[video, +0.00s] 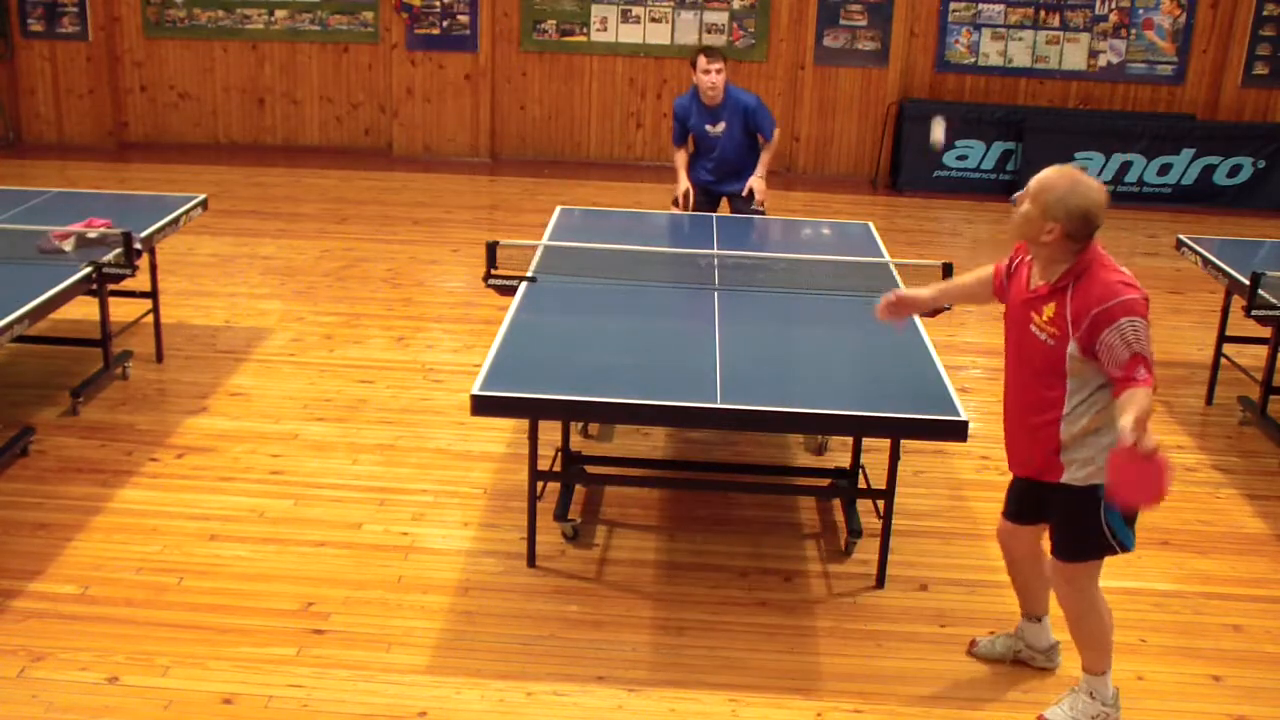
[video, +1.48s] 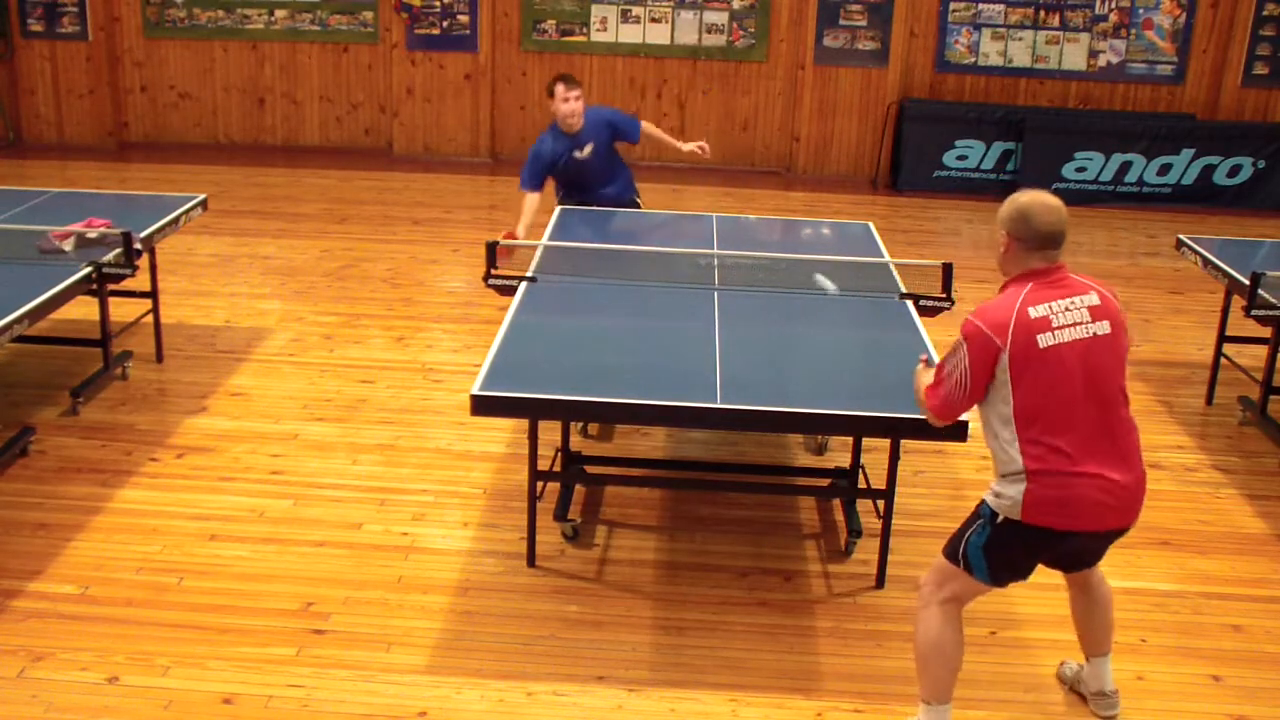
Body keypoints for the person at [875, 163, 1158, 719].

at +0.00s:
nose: (1015, 201)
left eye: (1025, 199)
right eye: (1022, 194)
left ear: (1050, 231)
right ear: (1051, 229)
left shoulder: (1111, 296)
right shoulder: (1027, 261)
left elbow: (1137, 380)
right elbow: (988, 282)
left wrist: (1131, 421)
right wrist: (927, 298)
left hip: (1088, 465)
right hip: (1038, 453)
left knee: (1075, 576)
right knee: (1016, 535)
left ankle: (1099, 692)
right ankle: (1035, 636)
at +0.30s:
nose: (947, 253)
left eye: (949, 244)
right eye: (947, 243)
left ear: (974, 249)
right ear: (993, 237)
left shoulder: (1041, 288)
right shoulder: (1019, 275)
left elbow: (1056, 380)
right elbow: (1022, 360)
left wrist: (978, 360)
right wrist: (976, 365)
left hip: (1068, 478)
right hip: (1033, 462)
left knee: (989, 599)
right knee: (977, 552)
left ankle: (1073, 688)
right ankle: (1012, 672)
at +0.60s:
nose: (945, 242)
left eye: (945, 232)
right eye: (944, 232)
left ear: (961, 235)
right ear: (1011, 227)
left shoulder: (989, 290)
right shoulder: (1057, 277)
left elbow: (974, 383)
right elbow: (1091, 352)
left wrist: (907, 372)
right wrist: (1016, 364)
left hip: (1016, 490)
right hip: (1074, 481)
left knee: (943, 619)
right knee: (1003, 569)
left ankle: (946, 714)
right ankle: (1015, 673)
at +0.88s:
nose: (953, 221)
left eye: (956, 213)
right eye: (954, 211)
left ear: (971, 222)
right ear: (1025, 219)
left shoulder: (978, 292)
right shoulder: (1077, 277)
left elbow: (950, 390)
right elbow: (1117, 358)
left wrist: (896, 388)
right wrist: (1064, 396)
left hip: (1008, 491)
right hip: (1083, 483)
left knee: (946, 616)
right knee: (1059, 583)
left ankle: (946, 716)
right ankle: (1076, 700)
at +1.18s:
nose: (956, 226)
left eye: (959, 218)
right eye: (959, 216)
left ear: (973, 229)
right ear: (1025, 225)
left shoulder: (982, 306)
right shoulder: (1075, 280)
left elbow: (942, 411)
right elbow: (1106, 347)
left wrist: (888, 403)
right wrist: (1030, 367)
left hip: (1016, 495)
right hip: (1089, 483)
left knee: (934, 599)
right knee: (1053, 573)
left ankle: (932, 714)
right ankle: (1091, 689)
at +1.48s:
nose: (996, 242)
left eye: (998, 235)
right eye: (999, 233)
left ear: (1007, 243)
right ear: (1061, 241)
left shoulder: (995, 320)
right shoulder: (1105, 302)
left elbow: (942, 408)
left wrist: (926, 377)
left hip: (1035, 507)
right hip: (1117, 502)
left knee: (940, 592)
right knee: (1082, 565)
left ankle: (933, 713)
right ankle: (1100, 680)